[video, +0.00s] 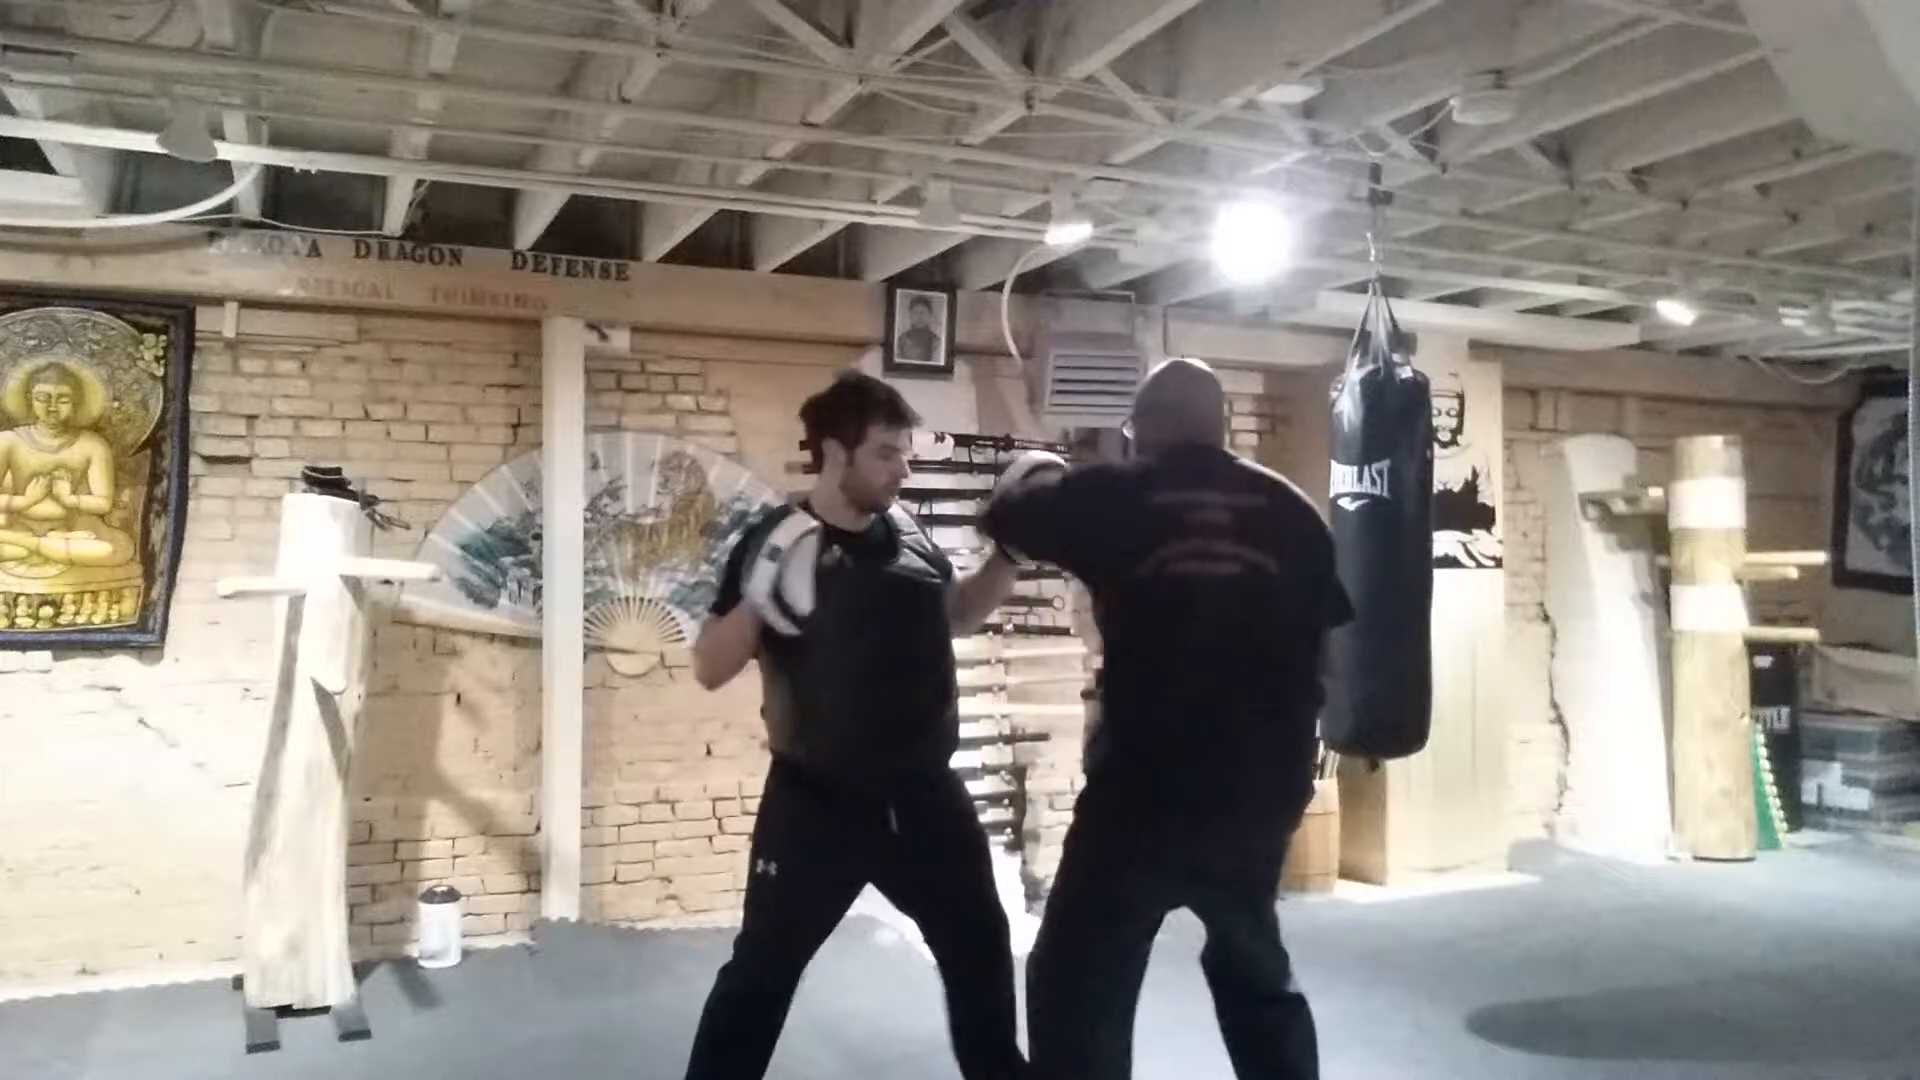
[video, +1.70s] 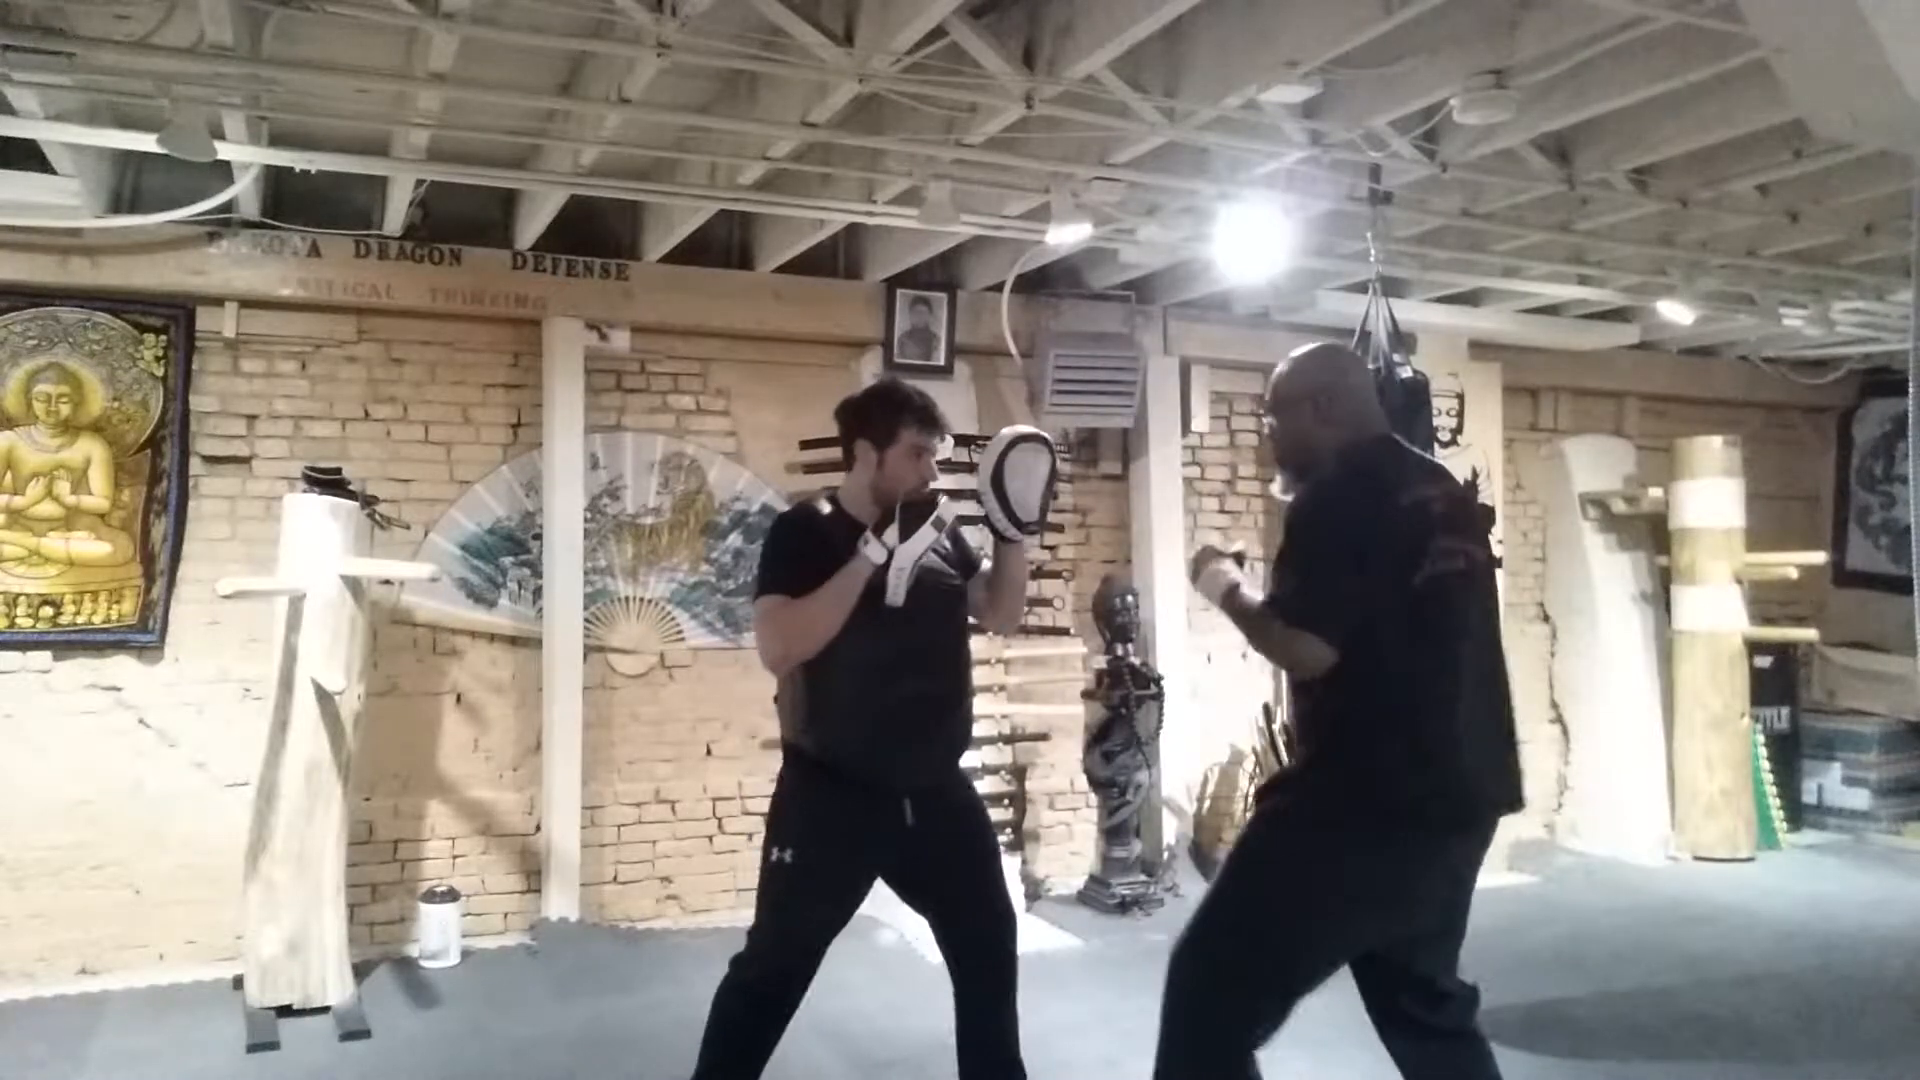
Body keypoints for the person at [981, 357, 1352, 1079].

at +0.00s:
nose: (1136, 435)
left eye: (1136, 425)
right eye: (1143, 427)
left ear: (1139, 430)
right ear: (1222, 425)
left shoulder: (1117, 495)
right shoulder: (1292, 509)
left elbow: (1010, 515)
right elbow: (1321, 635)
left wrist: (1039, 461)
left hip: (1143, 785)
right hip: (1262, 784)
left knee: (1075, 982)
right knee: (1252, 964)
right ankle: (1289, 1079)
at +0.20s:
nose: (1121, 428)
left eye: (1129, 408)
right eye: (1122, 408)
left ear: (1166, 409)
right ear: (1212, 407)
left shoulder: (1167, 493)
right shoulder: (1285, 486)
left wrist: (1084, 589)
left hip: (1194, 773)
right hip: (1290, 763)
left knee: (1081, 966)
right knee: (1246, 948)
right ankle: (1283, 1074)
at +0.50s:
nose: (1097, 447)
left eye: (1102, 423)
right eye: (1094, 426)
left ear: (1154, 407)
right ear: (1167, 407)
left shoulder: (1197, 496)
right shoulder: (1240, 475)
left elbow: (1154, 670)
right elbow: (1201, 634)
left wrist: (1078, 590)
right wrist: (1118, 575)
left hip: (1264, 782)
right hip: (1314, 767)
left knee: (1164, 995)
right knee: (1278, 980)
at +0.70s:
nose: (1131, 437)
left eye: (1135, 411)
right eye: (1127, 414)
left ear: (1183, 396)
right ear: (1191, 395)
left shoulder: (1249, 481)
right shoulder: (1253, 469)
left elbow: (1236, 665)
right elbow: (1228, 647)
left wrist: (1122, 589)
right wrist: (1128, 594)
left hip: (1313, 794)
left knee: (1214, 1012)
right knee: (1336, 984)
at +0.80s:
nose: (1165, 439)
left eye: (1174, 416)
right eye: (1164, 419)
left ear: (1226, 406)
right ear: (1237, 408)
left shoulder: (1290, 494)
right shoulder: (1286, 488)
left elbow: (1299, 670)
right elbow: (1267, 650)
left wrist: (1169, 609)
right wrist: (1159, 595)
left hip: (1319, 817)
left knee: (1197, 1028)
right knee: (1382, 1005)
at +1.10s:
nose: (1261, 407)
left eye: (1273, 387)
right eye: (1262, 389)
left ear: (1329, 386)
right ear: (1341, 387)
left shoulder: (1355, 476)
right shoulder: (1405, 467)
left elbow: (1388, 633)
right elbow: (1381, 605)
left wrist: (1260, 615)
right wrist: (1277, 573)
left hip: (1357, 789)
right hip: (1426, 781)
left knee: (1230, 993)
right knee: (1442, 999)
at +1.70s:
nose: (1268, 436)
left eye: (1275, 416)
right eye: (1268, 417)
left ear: (1323, 409)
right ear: (1360, 408)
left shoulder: (1340, 495)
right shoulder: (1440, 488)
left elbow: (1307, 649)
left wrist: (1227, 590)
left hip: (1360, 799)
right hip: (1461, 793)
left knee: (1209, 997)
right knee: (1423, 1007)